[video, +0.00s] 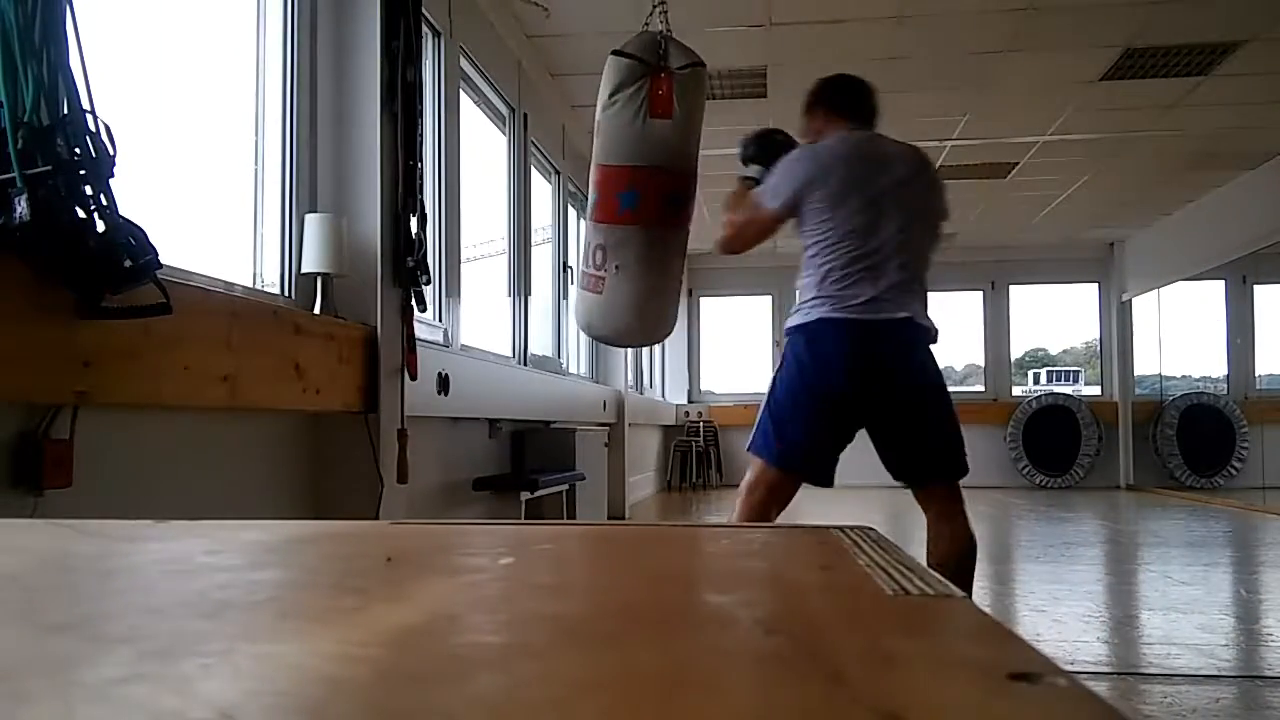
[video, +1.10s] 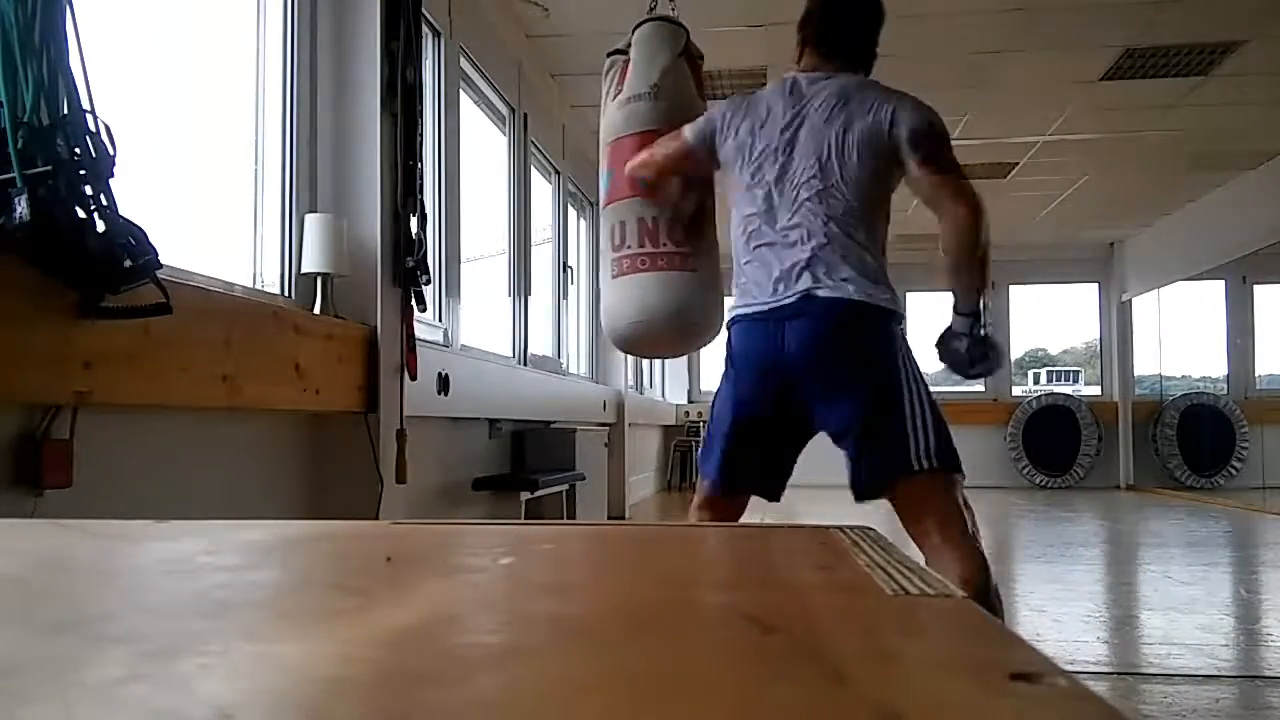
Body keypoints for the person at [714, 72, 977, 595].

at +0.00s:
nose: (807, 134)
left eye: (808, 124)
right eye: (806, 126)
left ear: (821, 119)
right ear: (870, 117)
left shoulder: (813, 160)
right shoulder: (919, 165)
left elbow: (733, 237)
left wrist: (748, 175)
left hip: (823, 348)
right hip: (904, 349)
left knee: (760, 500)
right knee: (945, 506)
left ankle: (726, 620)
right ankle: (955, 639)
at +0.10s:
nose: (753, 130)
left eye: (752, 123)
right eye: (754, 124)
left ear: (757, 120)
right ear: (807, 114)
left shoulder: (746, 165)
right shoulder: (864, 149)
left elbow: (678, 229)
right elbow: (820, 205)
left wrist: (704, 165)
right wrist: (759, 151)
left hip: (801, 347)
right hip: (884, 340)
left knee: (758, 507)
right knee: (931, 505)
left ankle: (734, 643)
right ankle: (966, 640)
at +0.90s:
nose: (816, 70)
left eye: (816, 62)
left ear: (823, 63)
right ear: (893, 65)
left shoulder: (776, 120)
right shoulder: (935, 117)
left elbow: (694, 206)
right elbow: (923, 223)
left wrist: (690, 174)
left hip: (770, 340)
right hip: (867, 348)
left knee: (728, 495)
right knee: (954, 528)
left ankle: (684, 644)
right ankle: (1005, 684)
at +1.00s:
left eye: (820, 39)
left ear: (822, 45)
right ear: (892, 55)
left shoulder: (758, 107)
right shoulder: (917, 111)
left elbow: (661, 140)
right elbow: (972, 231)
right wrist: (929, 259)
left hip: (761, 330)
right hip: (860, 332)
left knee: (717, 498)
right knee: (938, 523)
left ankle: (661, 638)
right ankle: (997, 674)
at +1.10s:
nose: (794, 52)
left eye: (796, 40)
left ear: (801, 43)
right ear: (870, 54)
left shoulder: (736, 113)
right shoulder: (895, 111)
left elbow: (641, 170)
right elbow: (960, 208)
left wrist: (681, 190)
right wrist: (967, 316)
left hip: (754, 340)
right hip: (854, 333)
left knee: (710, 513)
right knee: (939, 525)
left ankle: (682, 665)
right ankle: (998, 677)